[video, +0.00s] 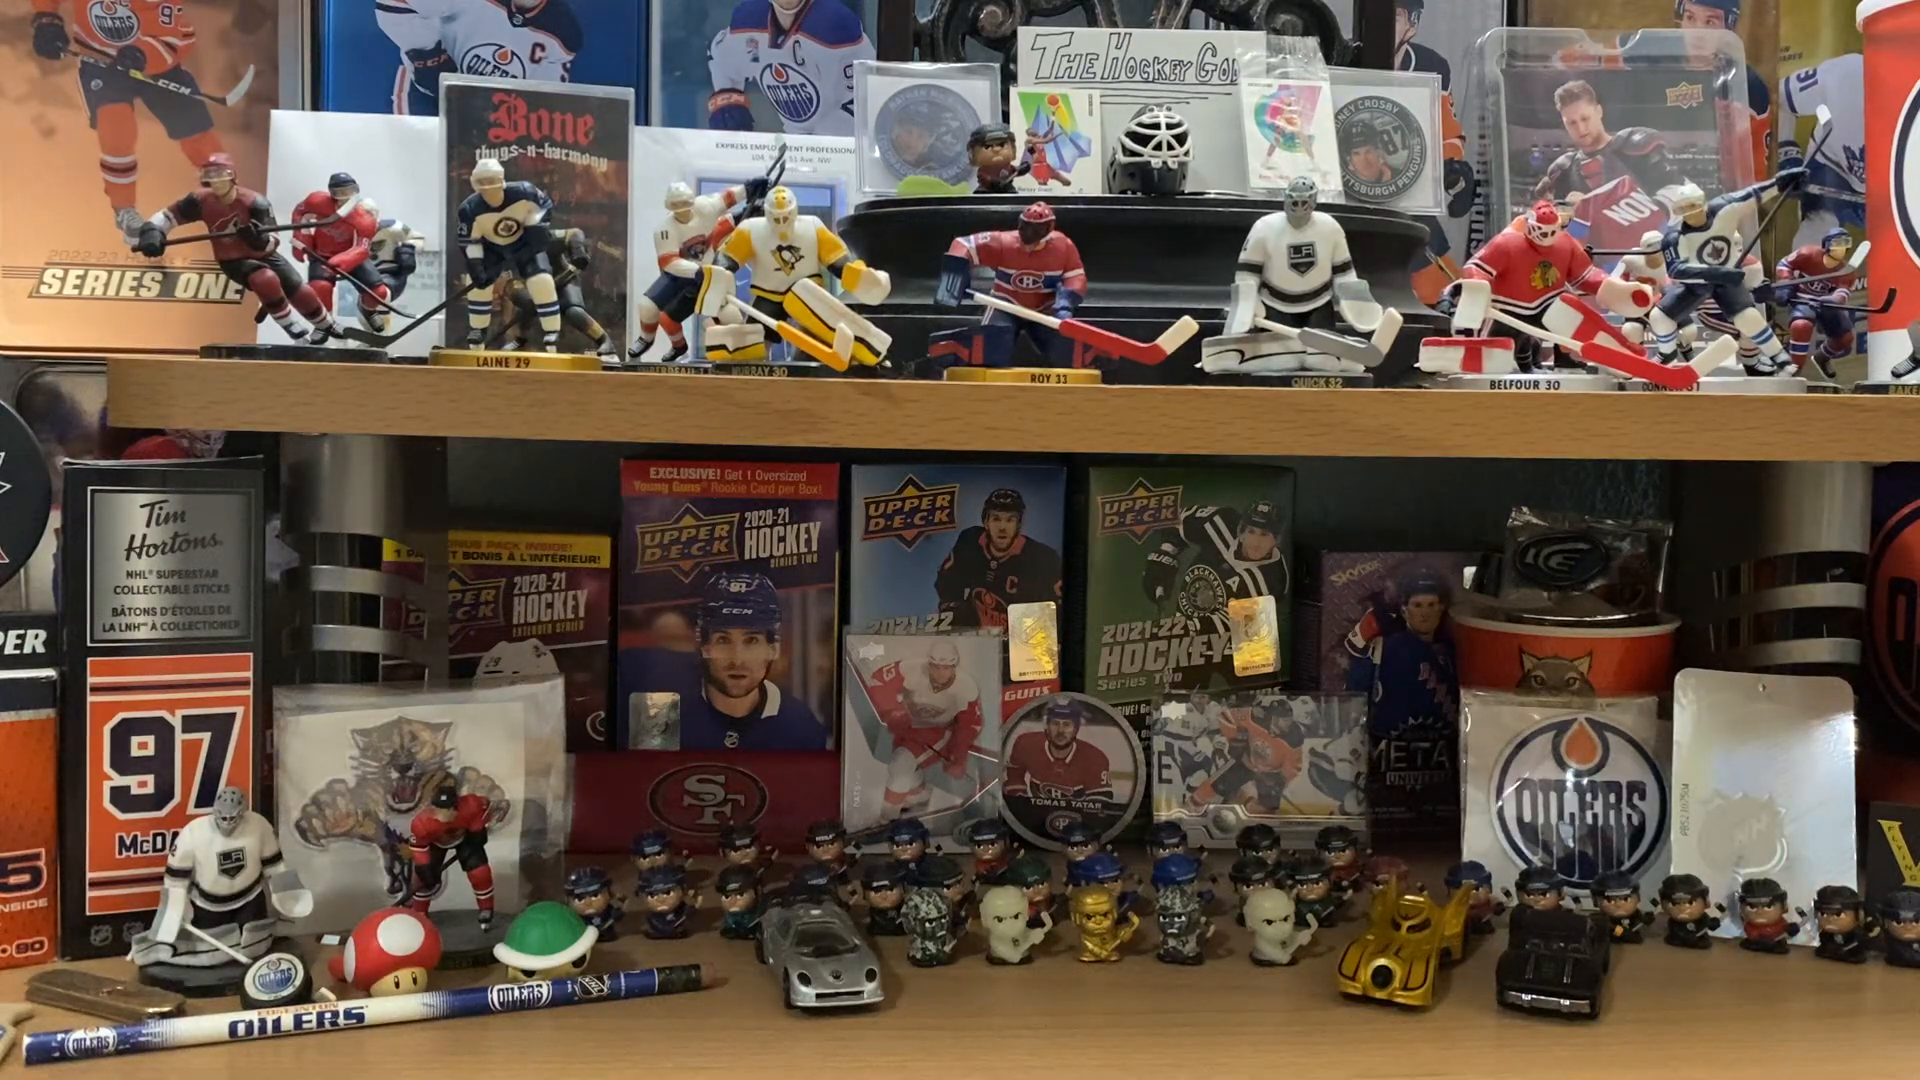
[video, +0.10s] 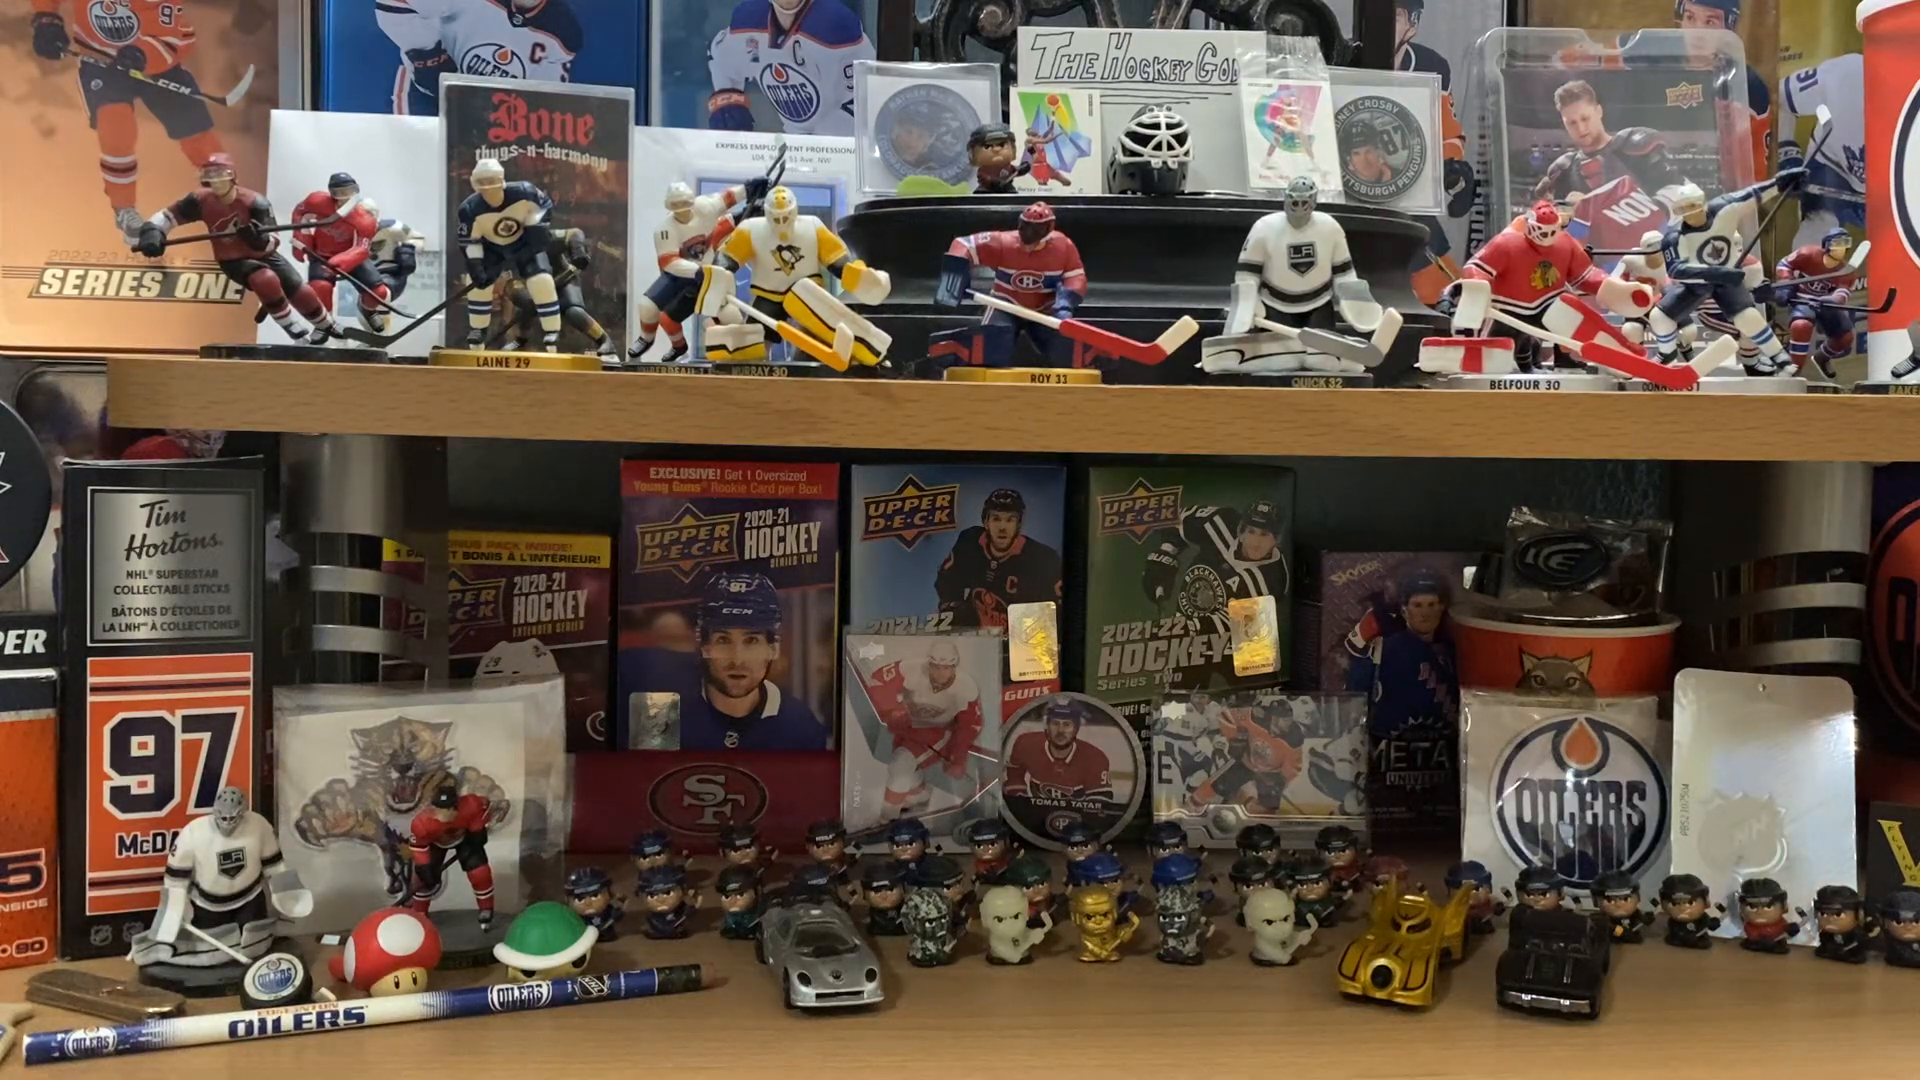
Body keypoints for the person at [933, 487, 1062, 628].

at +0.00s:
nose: (1003, 527)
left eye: (1009, 520)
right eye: (996, 519)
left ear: (1019, 524)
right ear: (986, 522)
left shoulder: (1043, 559)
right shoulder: (969, 541)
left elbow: (1051, 604)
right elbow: (945, 578)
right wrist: (951, 607)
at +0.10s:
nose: (1003, 527)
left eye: (1009, 520)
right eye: (996, 519)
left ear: (1019, 524)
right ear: (986, 522)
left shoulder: (1043, 559)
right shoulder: (969, 542)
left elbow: (1051, 604)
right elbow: (945, 578)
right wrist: (951, 607)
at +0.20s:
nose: (1003, 527)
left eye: (1009, 520)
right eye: (996, 519)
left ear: (1019, 524)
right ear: (986, 522)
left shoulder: (1042, 559)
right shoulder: (969, 541)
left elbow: (1051, 604)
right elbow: (945, 577)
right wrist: (951, 606)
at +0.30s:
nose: (1003, 527)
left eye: (1010, 520)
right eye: (997, 519)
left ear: (1019, 524)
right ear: (986, 522)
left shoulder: (1043, 559)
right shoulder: (969, 541)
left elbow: (1051, 604)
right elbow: (946, 578)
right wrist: (951, 607)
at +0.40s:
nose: (1002, 527)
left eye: (1009, 520)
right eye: (996, 519)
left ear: (1019, 523)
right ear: (986, 522)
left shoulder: (1043, 558)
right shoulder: (969, 541)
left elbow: (1051, 604)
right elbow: (946, 577)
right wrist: (951, 608)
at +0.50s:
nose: (1002, 527)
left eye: (1009, 520)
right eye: (996, 519)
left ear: (1019, 523)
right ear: (986, 522)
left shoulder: (1043, 559)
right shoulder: (969, 541)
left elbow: (1051, 604)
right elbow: (946, 577)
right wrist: (950, 608)